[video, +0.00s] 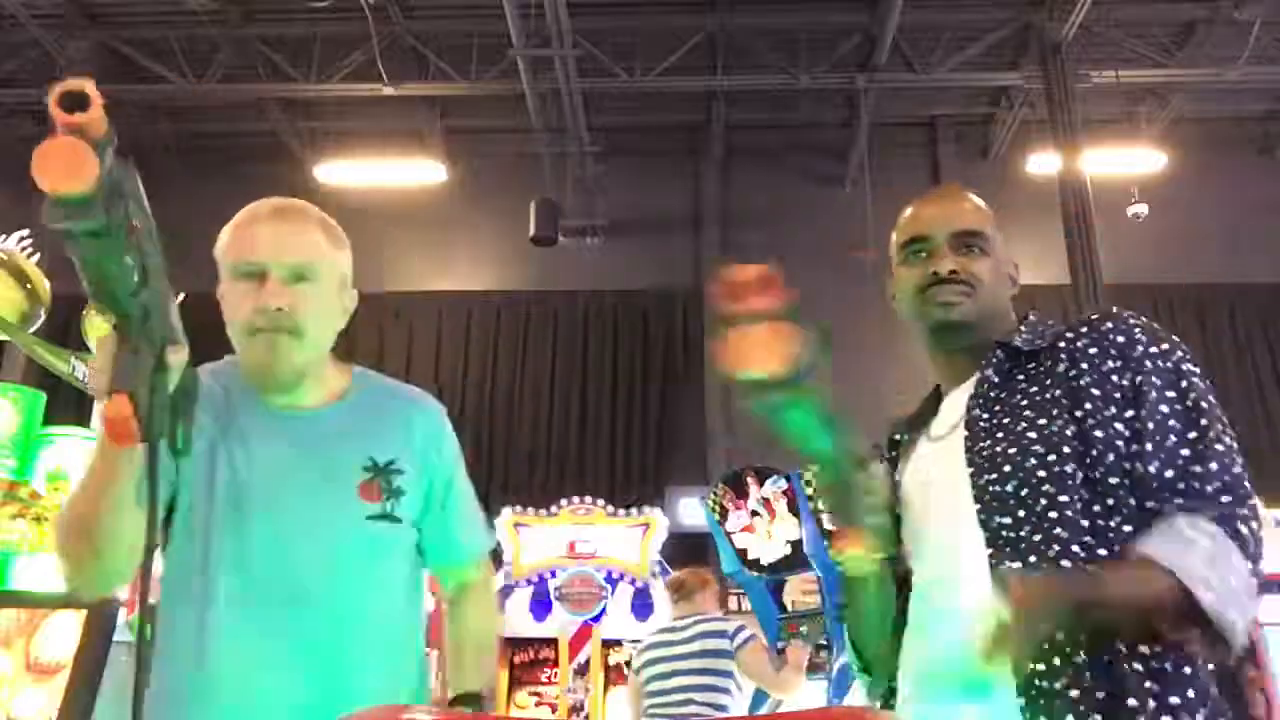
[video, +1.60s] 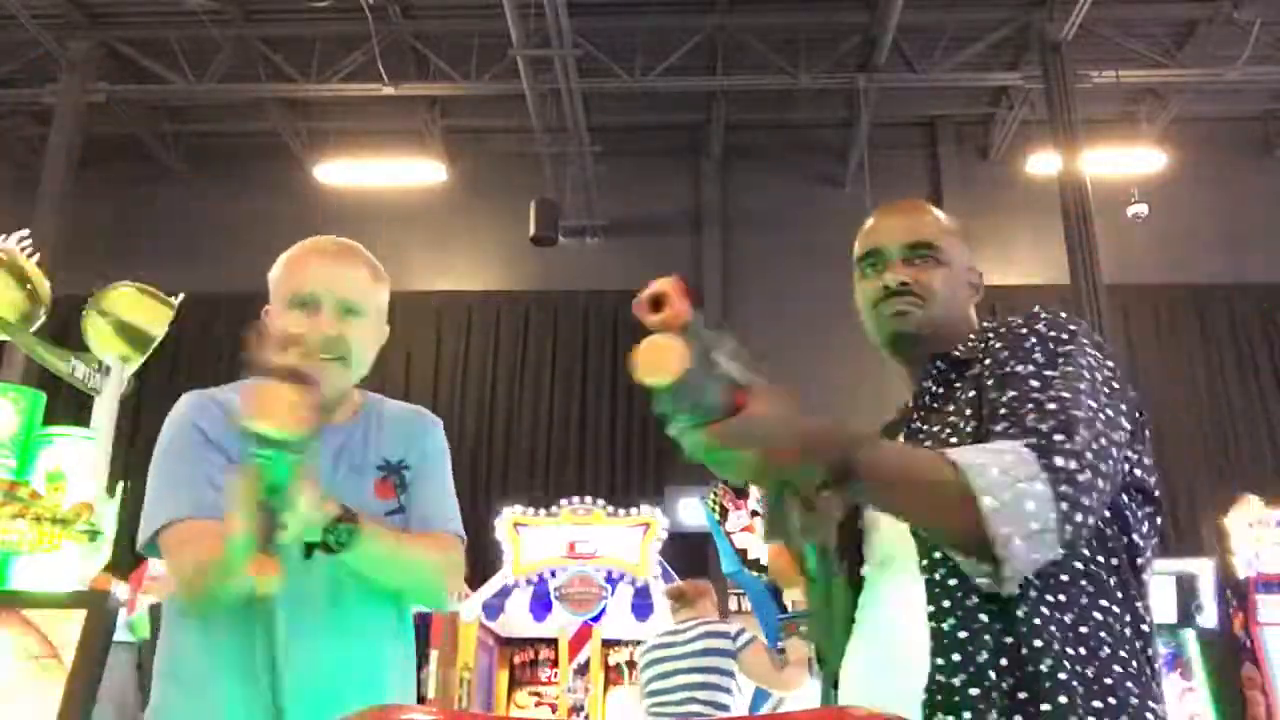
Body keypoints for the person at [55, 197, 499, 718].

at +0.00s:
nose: (272, 299)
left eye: (300, 277)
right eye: (249, 276)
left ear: (347, 300)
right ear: (219, 296)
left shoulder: (413, 424)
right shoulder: (178, 409)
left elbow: (469, 585)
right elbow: (90, 575)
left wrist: (470, 705)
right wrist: (122, 418)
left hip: (366, 707)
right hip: (195, 705)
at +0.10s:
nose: (286, 294)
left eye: (312, 275)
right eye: (263, 273)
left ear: (355, 300)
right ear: (234, 292)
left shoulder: (410, 423)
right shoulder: (182, 401)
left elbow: (452, 566)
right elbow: (110, 545)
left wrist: (452, 664)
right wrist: (133, 407)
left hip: (354, 712)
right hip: (187, 708)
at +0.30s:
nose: (335, 301)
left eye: (361, 283)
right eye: (316, 279)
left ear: (401, 308)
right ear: (286, 297)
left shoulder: (448, 417)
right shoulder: (230, 401)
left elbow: (470, 570)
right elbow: (185, 556)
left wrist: (347, 478)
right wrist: (189, 504)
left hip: (388, 705)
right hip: (239, 703)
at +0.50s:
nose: (273, 288)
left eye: (299, 270)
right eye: (250, 265)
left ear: (338, 295)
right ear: (216, 283)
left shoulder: (383, 401)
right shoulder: (147, 387)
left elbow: (407, 562)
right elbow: (123, 568)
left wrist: (267, 472)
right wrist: (165, 462)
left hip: (329, 704)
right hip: (162, 704)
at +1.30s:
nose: (319, 325)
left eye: (343, 306)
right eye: (299, 300)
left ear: (375, 331)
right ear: (261, 317)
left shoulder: (412, 430)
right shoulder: (204, 414)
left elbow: (423, 576)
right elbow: (158, 582)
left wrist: (283, 505)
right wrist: (173, 511)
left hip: (344, 709)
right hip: (199, 707)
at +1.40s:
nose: (333, 342)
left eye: (353, 327)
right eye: (317, 321)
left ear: (386, 343)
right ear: (276, 324)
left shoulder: (419, 437)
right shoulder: (209, 420)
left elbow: (448, 582)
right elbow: (197, 574)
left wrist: (344, 520)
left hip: (361, 708)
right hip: (213, 707)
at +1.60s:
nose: (326, 329)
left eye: (350, 311)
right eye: (304, 306)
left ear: (381, 337)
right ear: (268, 321)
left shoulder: (414, 434)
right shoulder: (201, 418)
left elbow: (445, 579)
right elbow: (195, 576)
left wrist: (331, 522)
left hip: (362, 709)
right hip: (208, 709)